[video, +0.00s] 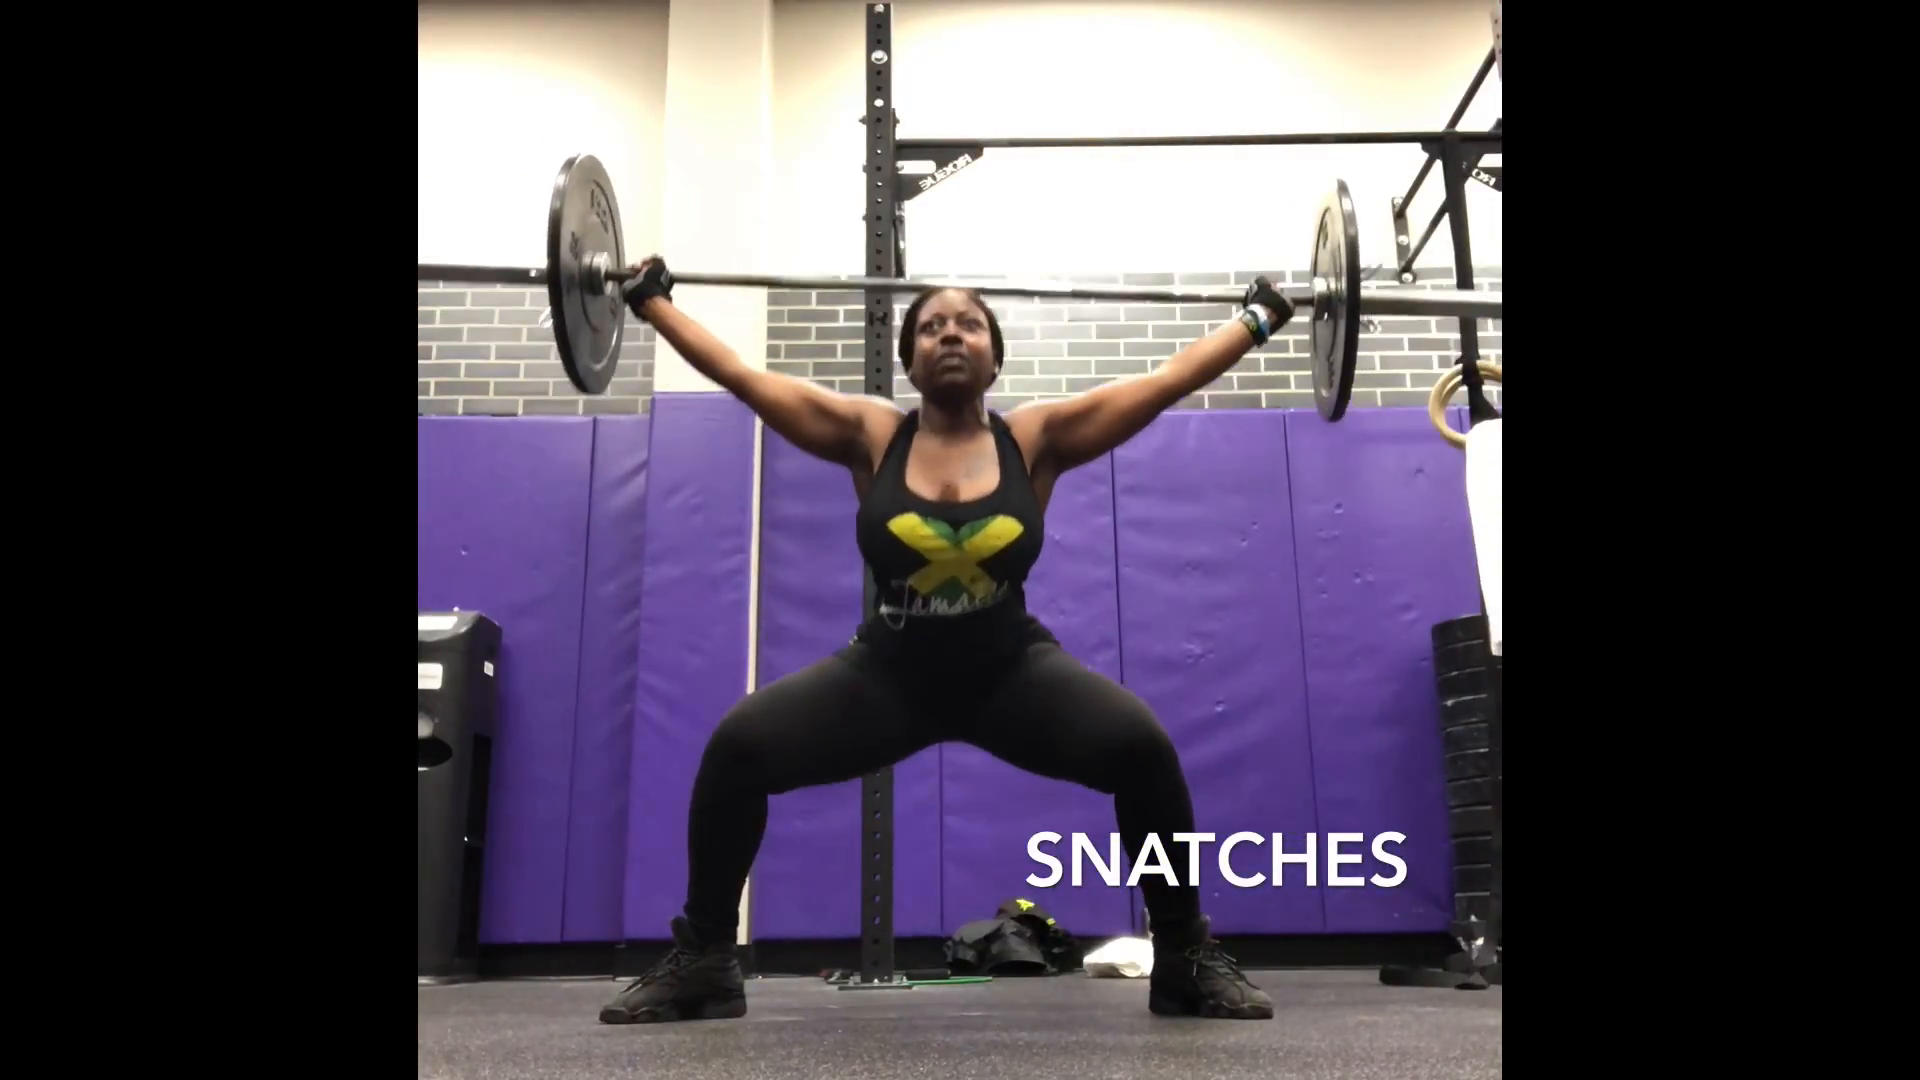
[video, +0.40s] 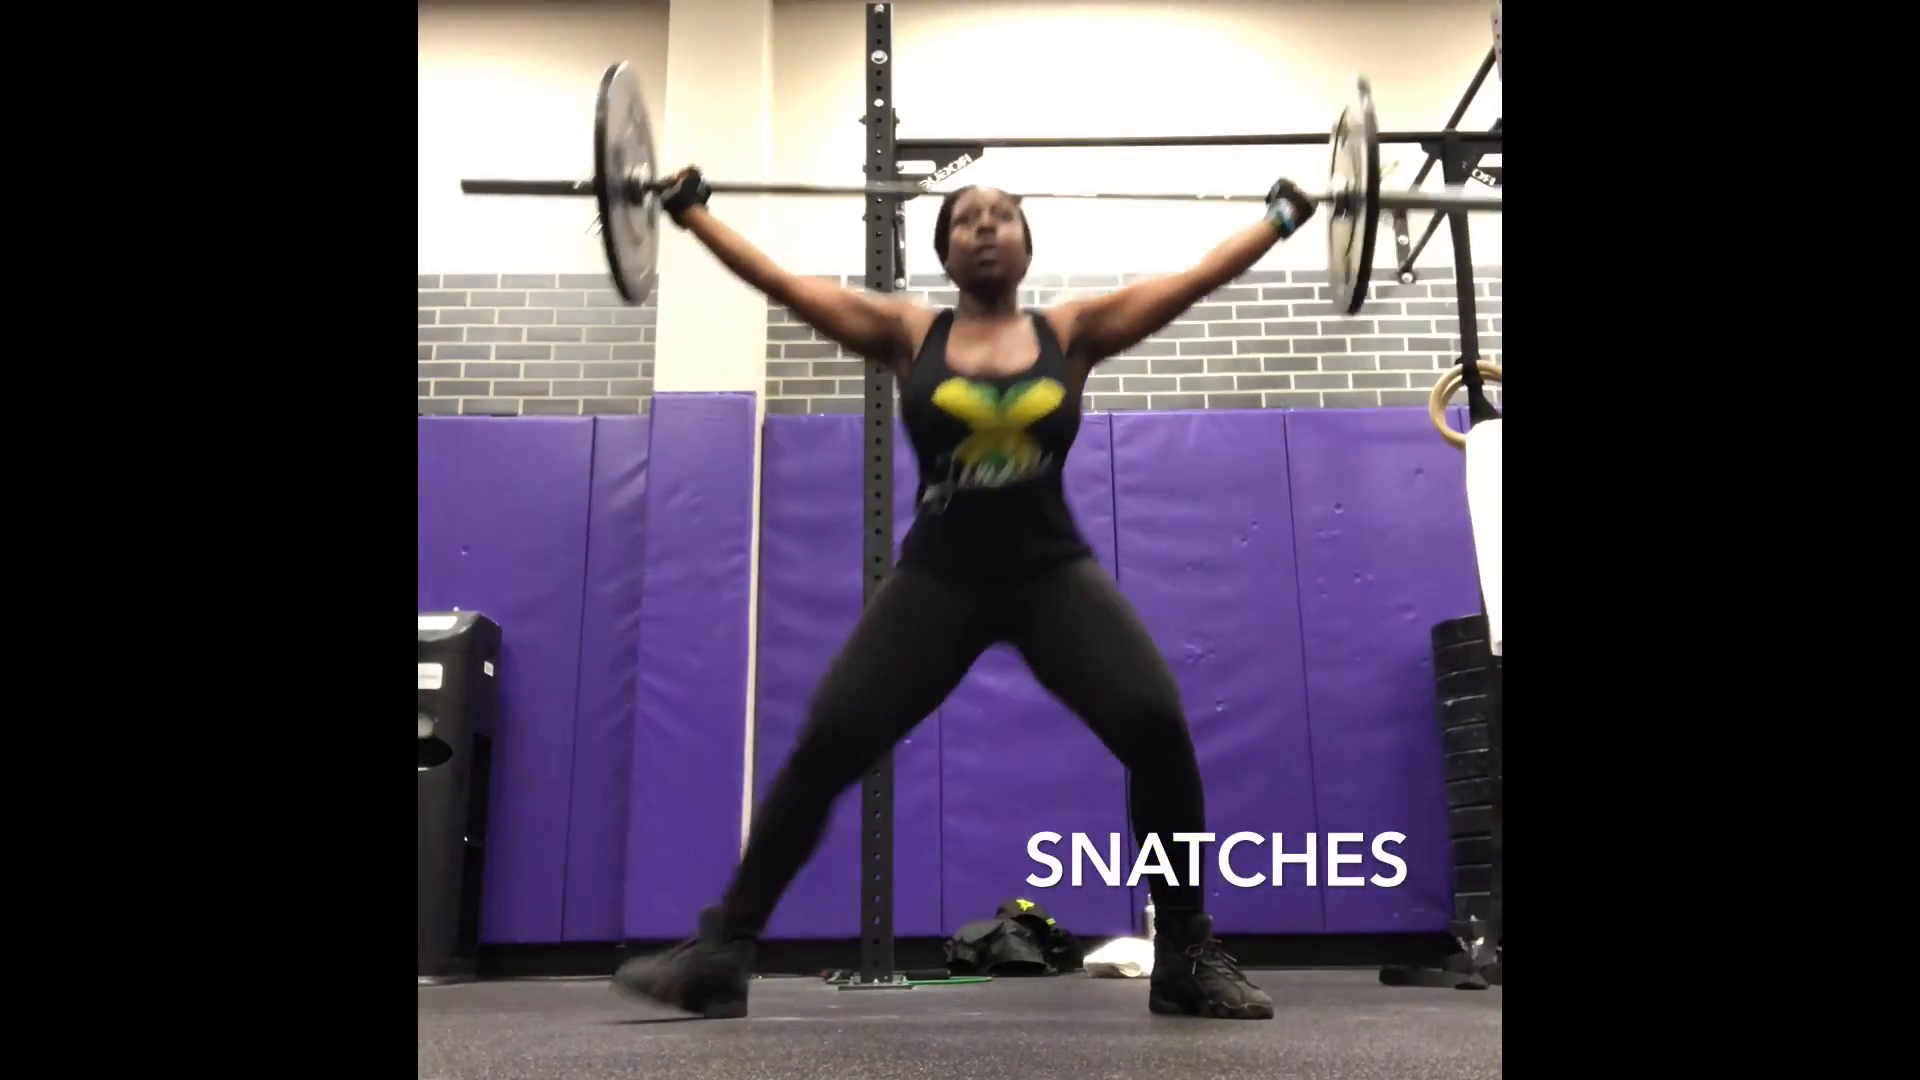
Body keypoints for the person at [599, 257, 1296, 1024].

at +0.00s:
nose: (951, 333)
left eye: (970, 324)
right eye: (931, 326)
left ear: (996, 357)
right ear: (909, 361)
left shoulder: (1038, 437)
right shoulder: (869, 432)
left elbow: (1171, 381)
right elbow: (744, 377)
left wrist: (1263, 311)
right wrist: (654, 303)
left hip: (1010, 675)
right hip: (887, 677)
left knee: (1142, 747)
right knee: (738, 747)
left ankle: (1185, 965)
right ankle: (702, 964)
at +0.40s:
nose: (988, 227)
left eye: (1003, 216)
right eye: (968, 220)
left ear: (1028, 244)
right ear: (943, 255)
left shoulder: (1070, 330)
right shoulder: (909, 330)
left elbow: (1195, 279)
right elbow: (782, 284)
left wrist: (1282, 217)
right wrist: (694, 213)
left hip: (1054, 577)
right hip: (939, 583)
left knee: (1157, 727)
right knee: (827, 747)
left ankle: (1187, 958)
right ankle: (722, 951)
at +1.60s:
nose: (993, 183)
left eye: (1006, 173)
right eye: (975, 177)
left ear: (1031, 198)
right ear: (949, 206)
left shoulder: (1076, 279)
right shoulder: (920, 287)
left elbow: (1186, 220)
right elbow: (799, 231)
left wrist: (1271, 160)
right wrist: (707, 172)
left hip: (1070, 522)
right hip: (962, 523)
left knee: (1066, 731)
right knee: (925, 728)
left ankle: (1070, 954)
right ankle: (868, 950)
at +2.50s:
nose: (972, 221)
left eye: (989, 218)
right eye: (954, 217)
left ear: (1008, 256)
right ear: (927, 250)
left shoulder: (1036, 319)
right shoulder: (885, 308)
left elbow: (1163, 314)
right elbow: (767, 296)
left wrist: (1189, 203)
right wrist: (774, 190)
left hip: (1021, 520)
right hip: (909, 521)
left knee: (1031, 725)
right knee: (910, 727)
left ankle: (1065, 950)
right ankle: (888, 952)